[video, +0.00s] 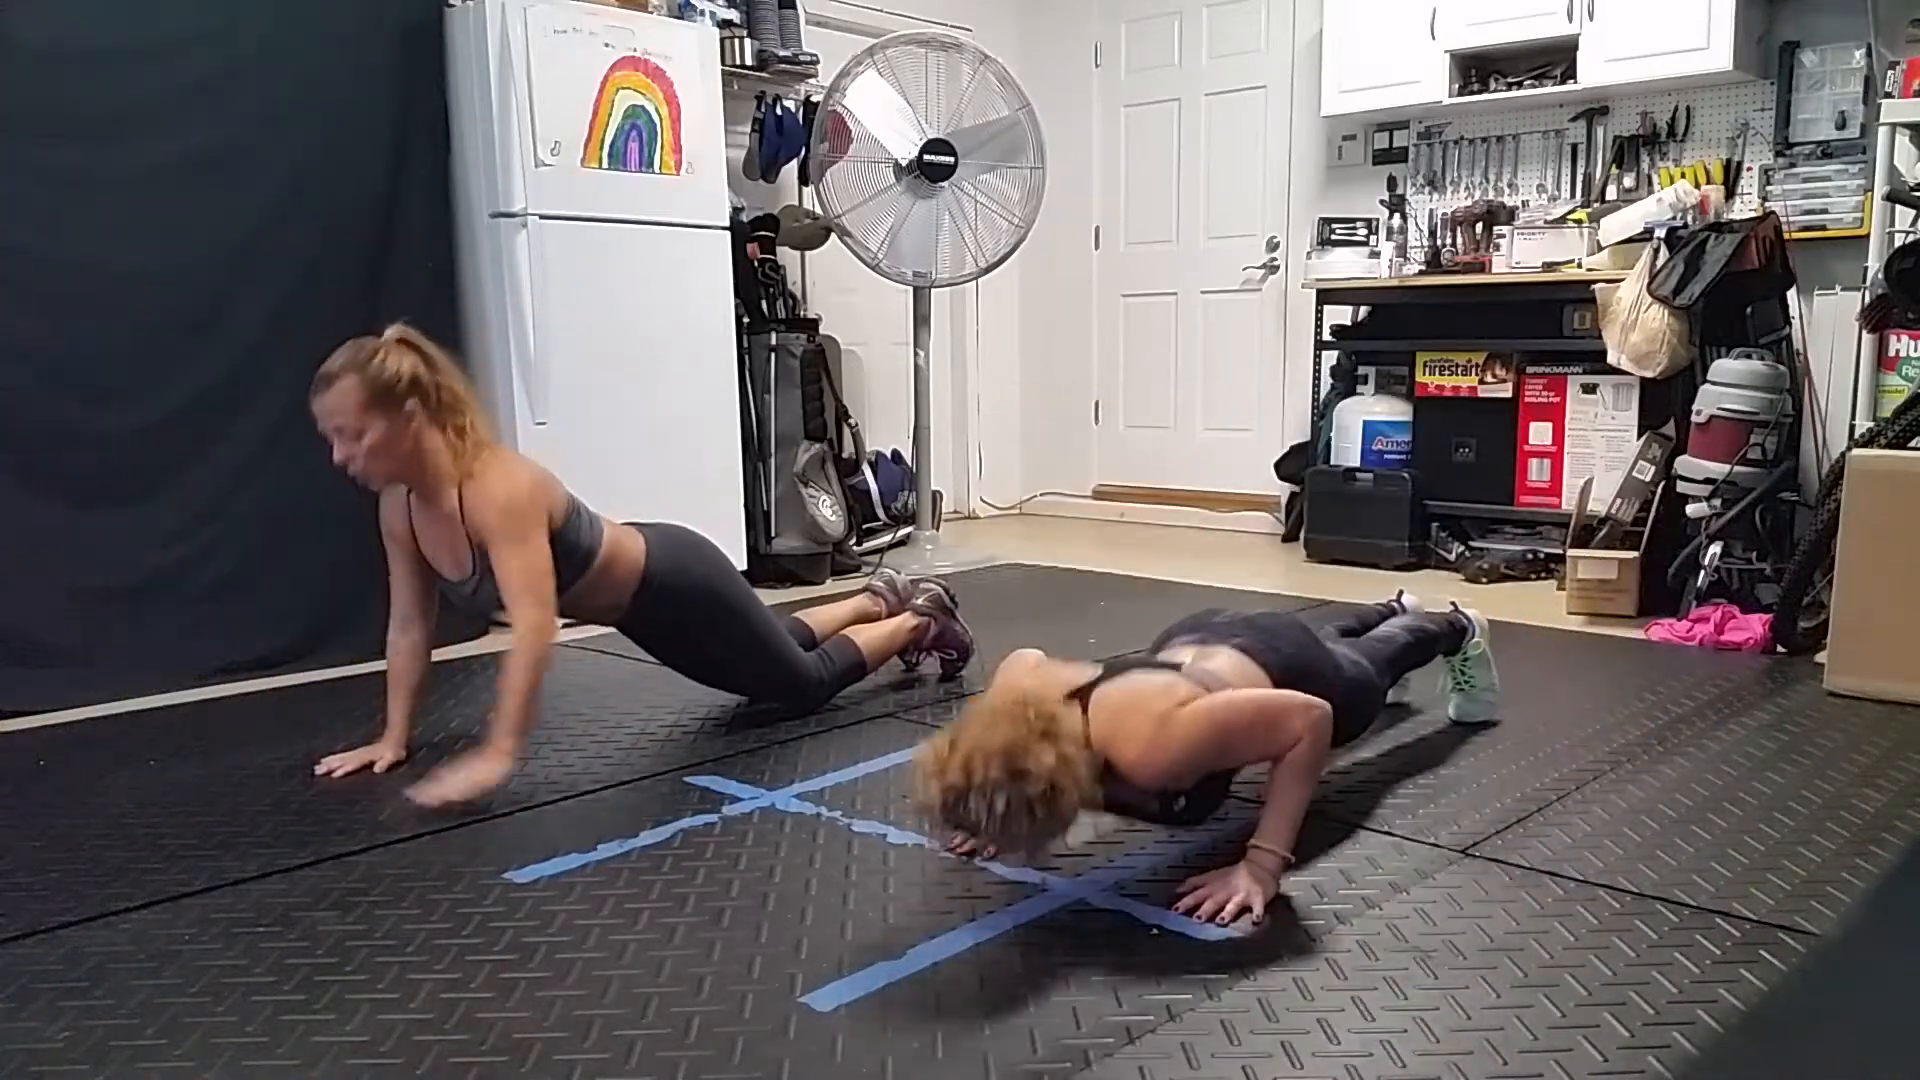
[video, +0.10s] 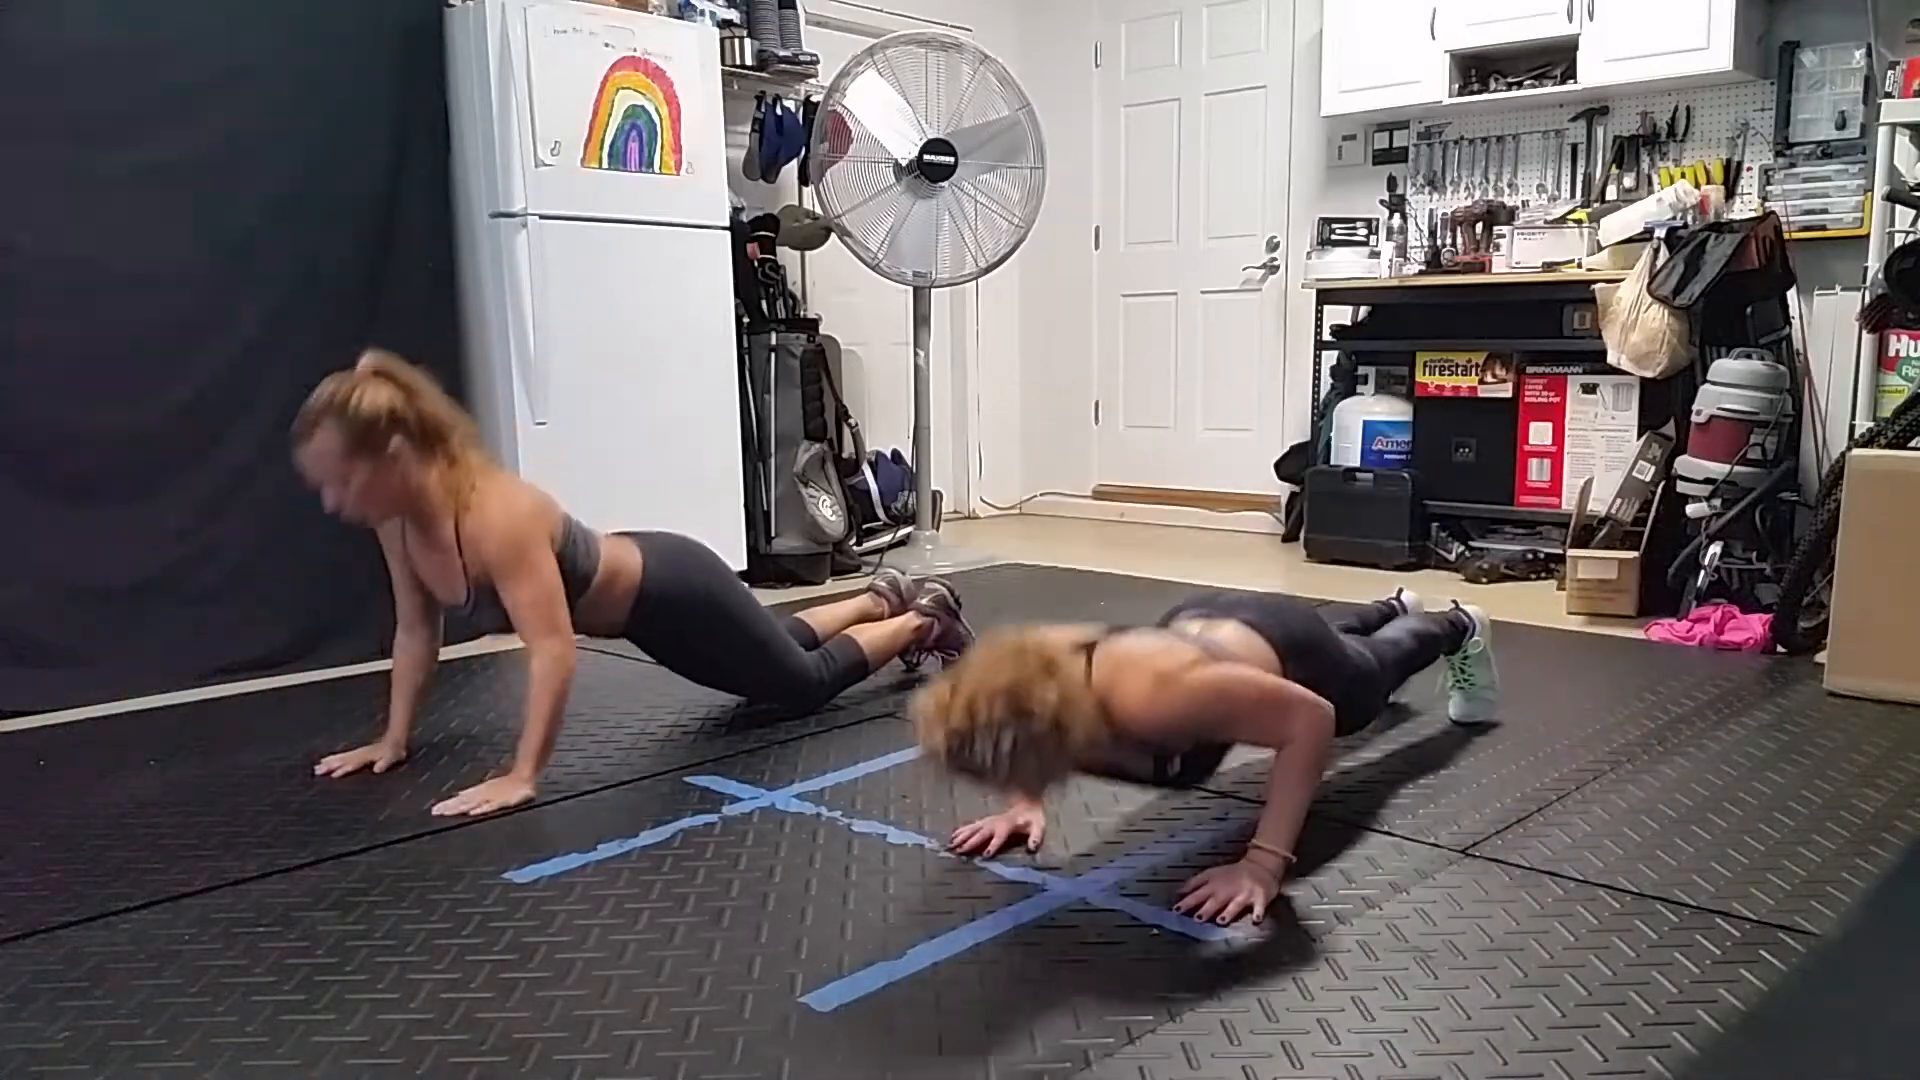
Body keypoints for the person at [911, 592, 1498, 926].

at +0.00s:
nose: (971, 849)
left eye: (985, 842)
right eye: (960, 836)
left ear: (1041, 810)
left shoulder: (1162, 744)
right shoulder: (1020, 694)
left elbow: (1308, 725)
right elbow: (1027, 657)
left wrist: (1260, 864)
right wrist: (997, 807)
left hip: (1283, 667)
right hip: (1194, 644)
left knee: (1377, 657)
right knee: (1312, 628)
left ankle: (1442, 622)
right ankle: (1395, 607)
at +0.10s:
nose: (1006, 776)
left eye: (1011, 765)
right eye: (989, 773)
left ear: (1034, 742)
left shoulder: (1148, 696)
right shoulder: (1029, 680)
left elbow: (1308, 721)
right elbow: (1019, 720)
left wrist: (1262, 863)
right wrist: (1025, 800)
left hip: (1287, 643)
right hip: (1200, 616)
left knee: (1385, 658)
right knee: (1324, 619)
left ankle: (1450, 623)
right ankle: (1393, 603)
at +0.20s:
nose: (1024, 711)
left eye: (1029, 695)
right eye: (1009, 704)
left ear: (1053, 672)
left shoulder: (1156, 642)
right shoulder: (1028, 637)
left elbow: (1304, 714)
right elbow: (1023, 706)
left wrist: (1263, 858)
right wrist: (1024, 799)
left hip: (1294, 628)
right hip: (1219, 611)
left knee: (1378, 702)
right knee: (1324, 628)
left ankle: (1454, 624)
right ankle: (1390, 608)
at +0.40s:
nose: (1071, 637)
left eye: (1085, 622)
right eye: (1060, 623)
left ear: (1123, 576)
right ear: (1051, 587)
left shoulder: (1216, 567)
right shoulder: (1065, 575)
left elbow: (1313, 717)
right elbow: (1039, 679)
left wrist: (1264, 861)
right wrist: (1026, 802)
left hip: (1332, 645)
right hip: (1246, 660)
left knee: (1396, 737)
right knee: (1337, 637)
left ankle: (1476, 632)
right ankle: (1394, 618)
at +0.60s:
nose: (1114, 593)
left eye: (1123, 576)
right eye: (1100, 579)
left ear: (1158, 537)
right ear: (1083, 555)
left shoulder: (1252, 530)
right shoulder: (1099, 541)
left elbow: (1305, 717)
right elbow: (1072, 674)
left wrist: (1264, 858)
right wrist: (1028, 799)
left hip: (1401, 493)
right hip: (1327, 491)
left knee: (1455, 581)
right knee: (1392, 583)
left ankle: (1499, 634)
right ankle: (1426, 626)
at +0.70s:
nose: (1148, 575)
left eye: (1155, 554)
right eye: (1134, 560)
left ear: (1191, 511)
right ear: (1147, 506)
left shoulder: (1297, 490)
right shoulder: (1150, 499)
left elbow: (1332, 692)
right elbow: (1114, 645)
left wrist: (1277, 843)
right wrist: (1065, 786)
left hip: (1428, 411)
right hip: (1347, 409)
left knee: (1489, 535)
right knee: (1419, 543)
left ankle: (1551, 622)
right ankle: (1476, 603)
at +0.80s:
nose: (1187, 591)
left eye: (1198, 573)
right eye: (1175, 573)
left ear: (1246, 540)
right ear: (1169, 534)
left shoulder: (1343, 516)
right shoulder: (1192, 512)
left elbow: (1430, 700)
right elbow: (1160, 655)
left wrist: (1423, 872)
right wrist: (1152, 805)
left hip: (1454, 412)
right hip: (1359, 402)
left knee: (1540, 546)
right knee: (1465, 552)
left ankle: (1621, 634)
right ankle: (1538, 604)